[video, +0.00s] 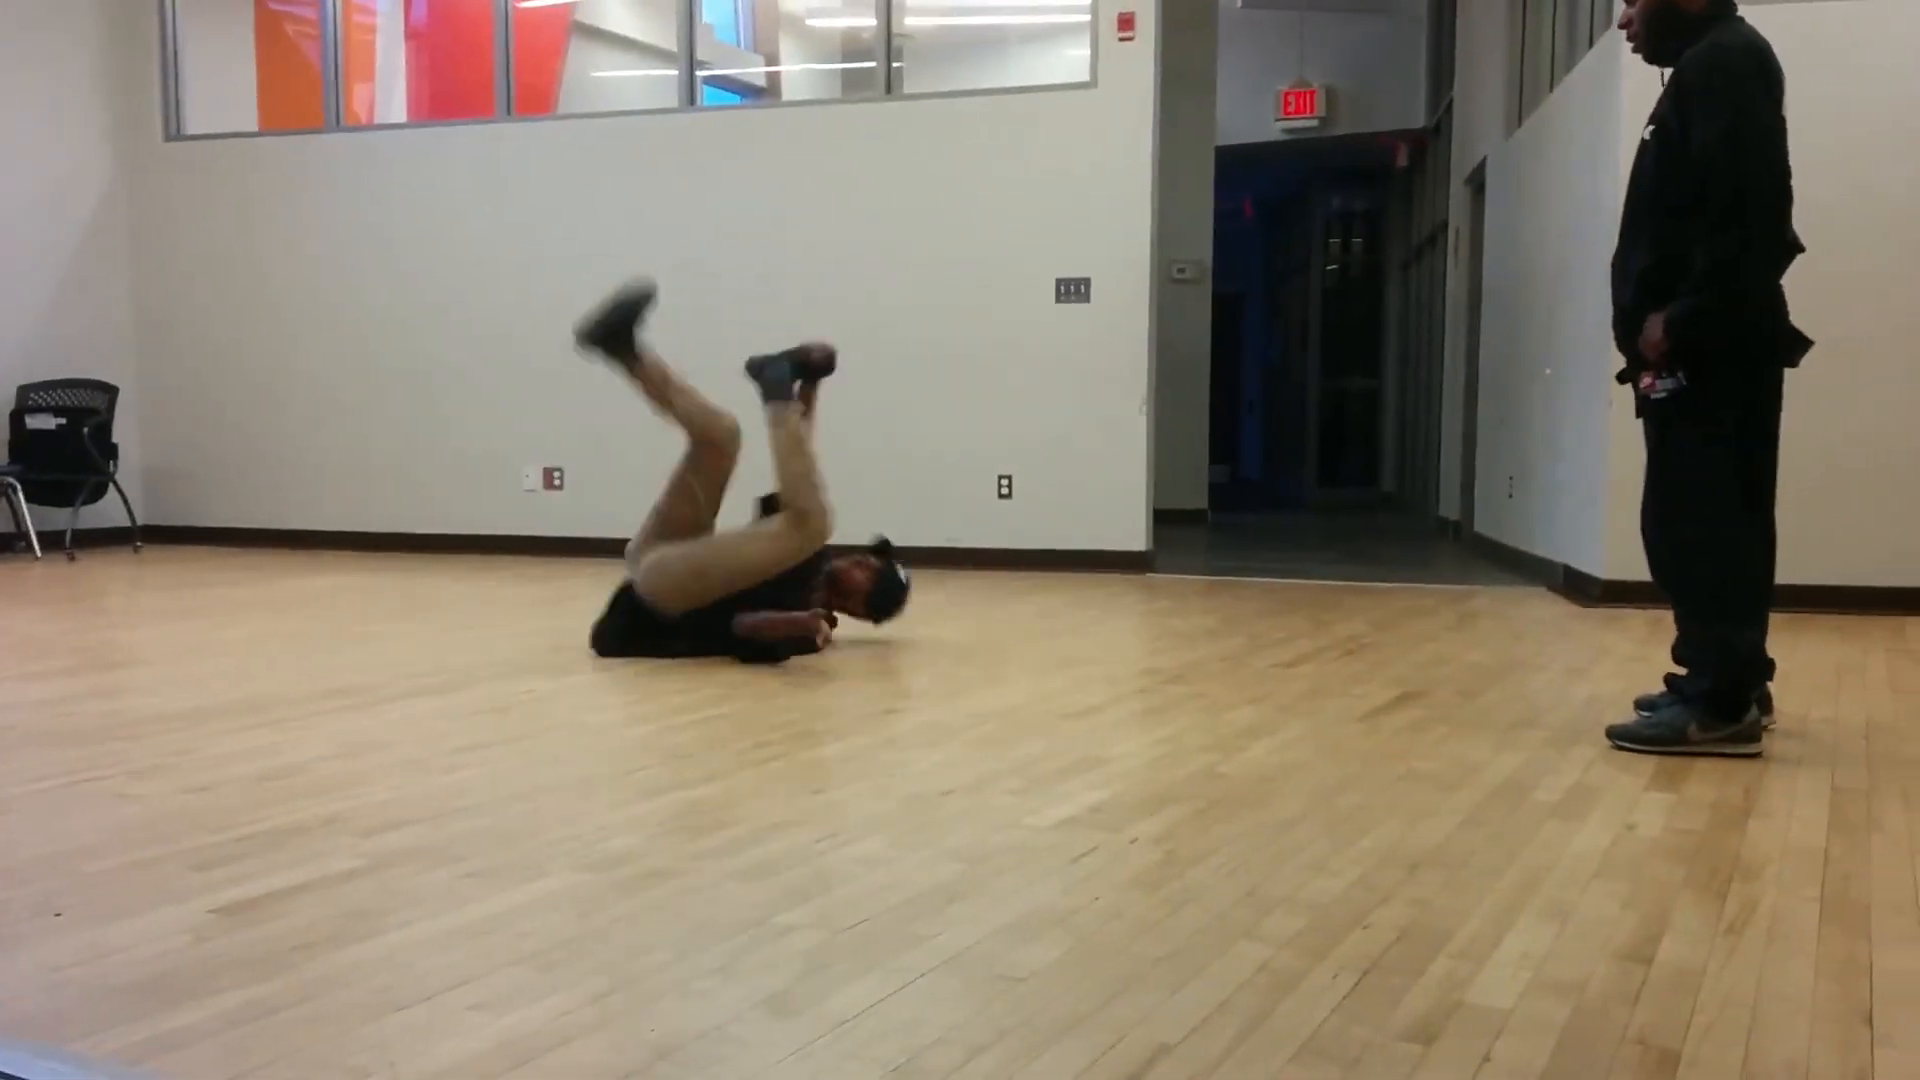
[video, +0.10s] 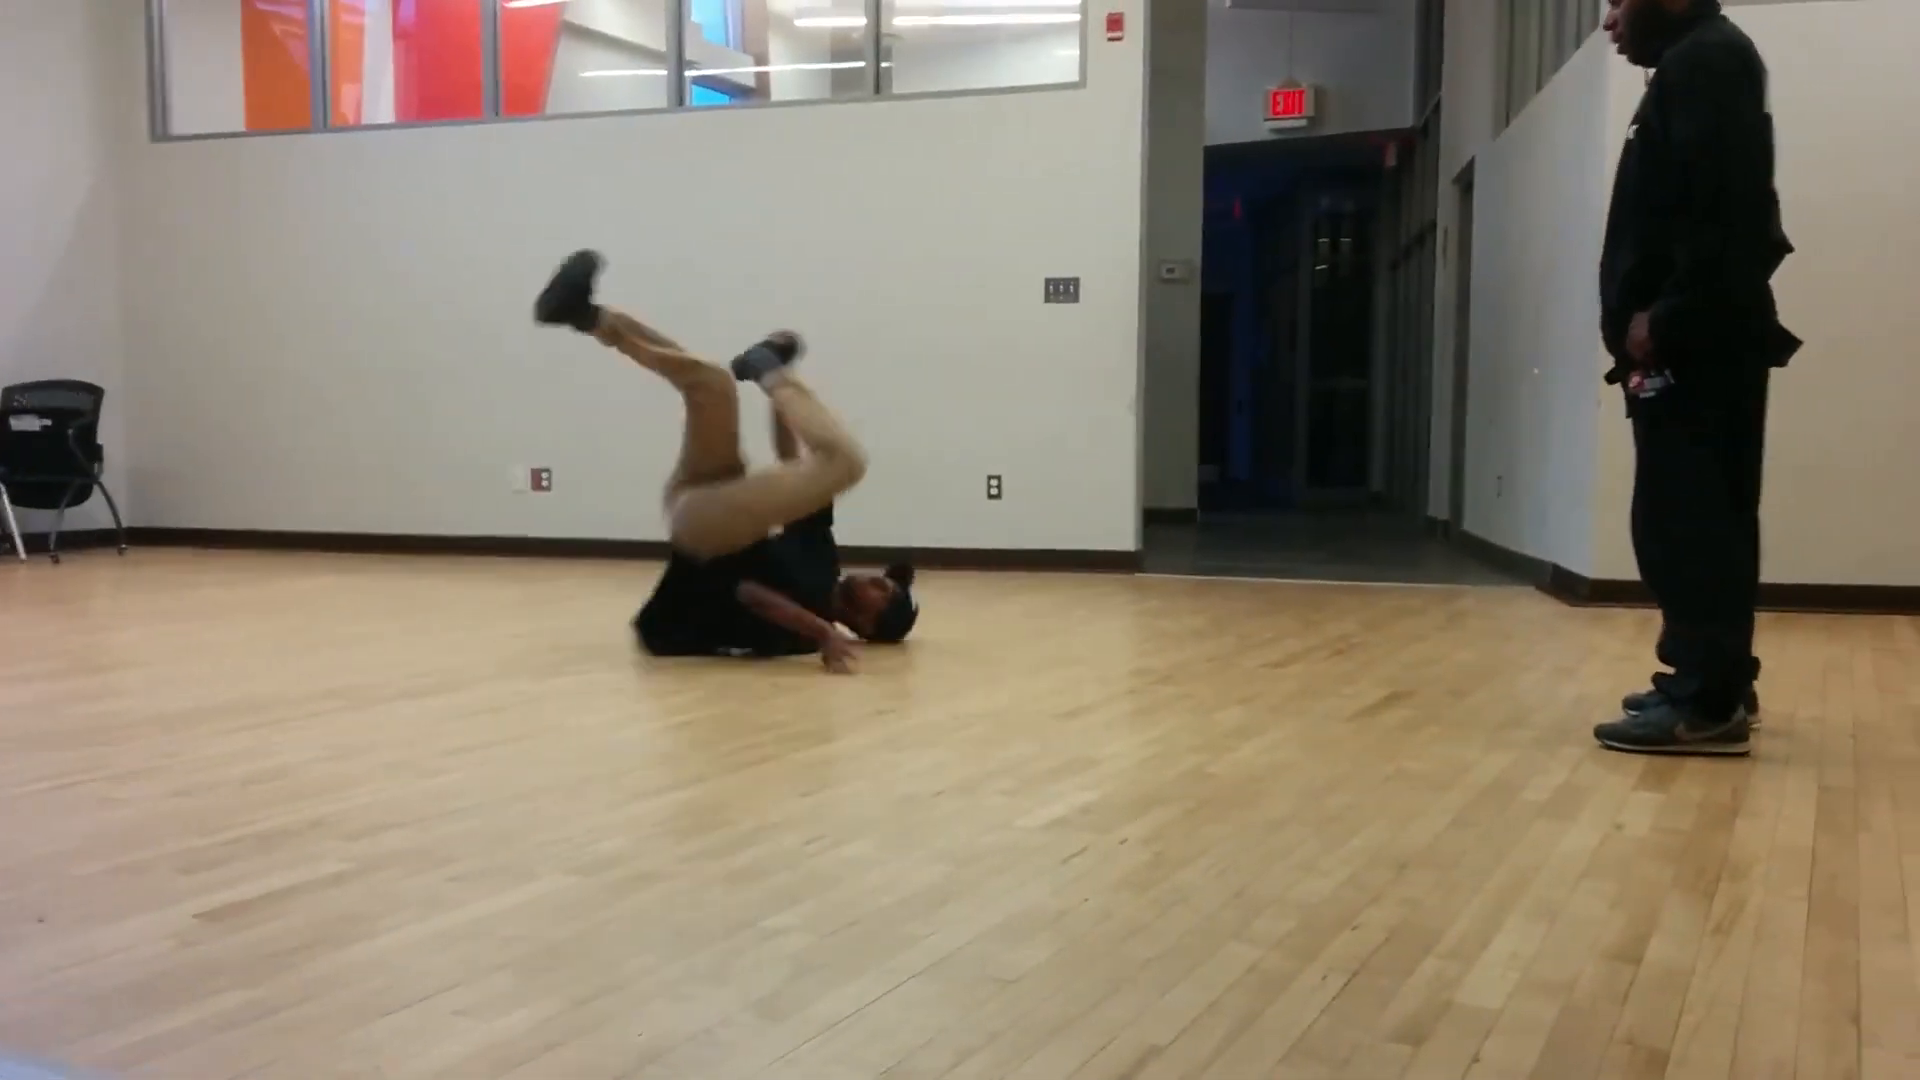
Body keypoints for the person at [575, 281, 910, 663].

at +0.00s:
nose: (858, 572)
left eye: (866, 584)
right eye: (867, 566)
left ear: (858, 609)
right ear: (860, 555)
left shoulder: (806, 623)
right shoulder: (798, 558)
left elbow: (742, 628)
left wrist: (807, 625)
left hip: (657, 603)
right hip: (655, 562)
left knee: (810, 527)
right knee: (720, 436)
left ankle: (775, 388)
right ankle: (620, 345)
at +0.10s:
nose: (875, 580)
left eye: (882, 595)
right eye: (885, 582)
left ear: (867, 625)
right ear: (872, 578)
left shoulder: (807, 628)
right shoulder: (820, 559)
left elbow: (749, 593)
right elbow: (793, 473)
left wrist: (826, 635)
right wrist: (786, 392)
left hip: (701, 537)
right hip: (705, 494)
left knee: (844, 467)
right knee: (710, 384)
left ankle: (773, 377)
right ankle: (584, 314)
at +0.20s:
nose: (890, 586)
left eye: (893, 599)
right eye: (896, 585)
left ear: (873, 622)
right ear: (882, 577)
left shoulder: (814, 626)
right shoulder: (831, 568)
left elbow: (797, 571)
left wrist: (851, 644)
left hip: (746, 498)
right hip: (724, 468)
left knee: (861, 393)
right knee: (721, 343)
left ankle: (738, 383)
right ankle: (580, 355)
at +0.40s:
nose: (910, 592)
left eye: (913, 599)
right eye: (912, 595)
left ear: (902, 611)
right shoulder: (829, 610)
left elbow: (871, 561)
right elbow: (747, 501)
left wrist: (881, 652)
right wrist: (692, 462)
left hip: (823, 476)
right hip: (780, 497)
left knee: (816, 340)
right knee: (663, 405)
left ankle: (715, 415)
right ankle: (631, 554)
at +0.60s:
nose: (924, 589)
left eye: (932, 600)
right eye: (928, 588)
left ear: (925, 619)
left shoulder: (912, 626)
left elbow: (868, 569)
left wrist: (882, 658)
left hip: (820, 545)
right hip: (765, 530)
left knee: (780, 402)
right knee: (663, 513)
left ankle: (694, 499)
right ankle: (692, 654)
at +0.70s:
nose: (924, 594)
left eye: (929, 607)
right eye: (929, 595)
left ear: (913, 632)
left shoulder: (895, 636)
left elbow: (858, 577)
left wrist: (880, 663)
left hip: (810, 562)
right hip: (766, 534)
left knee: (811, 423)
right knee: (671, 522)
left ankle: (699, 495)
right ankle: (686, 660)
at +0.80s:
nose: (917, 599)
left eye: (922, 613)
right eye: (923, 601)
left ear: (902, 635)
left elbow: (853, 578)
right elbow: (844, 521)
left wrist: (876, 666)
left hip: (809, 567)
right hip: (767, 536)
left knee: (832, 435)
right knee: (676, 532)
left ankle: (707, 491)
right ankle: (672, 665)